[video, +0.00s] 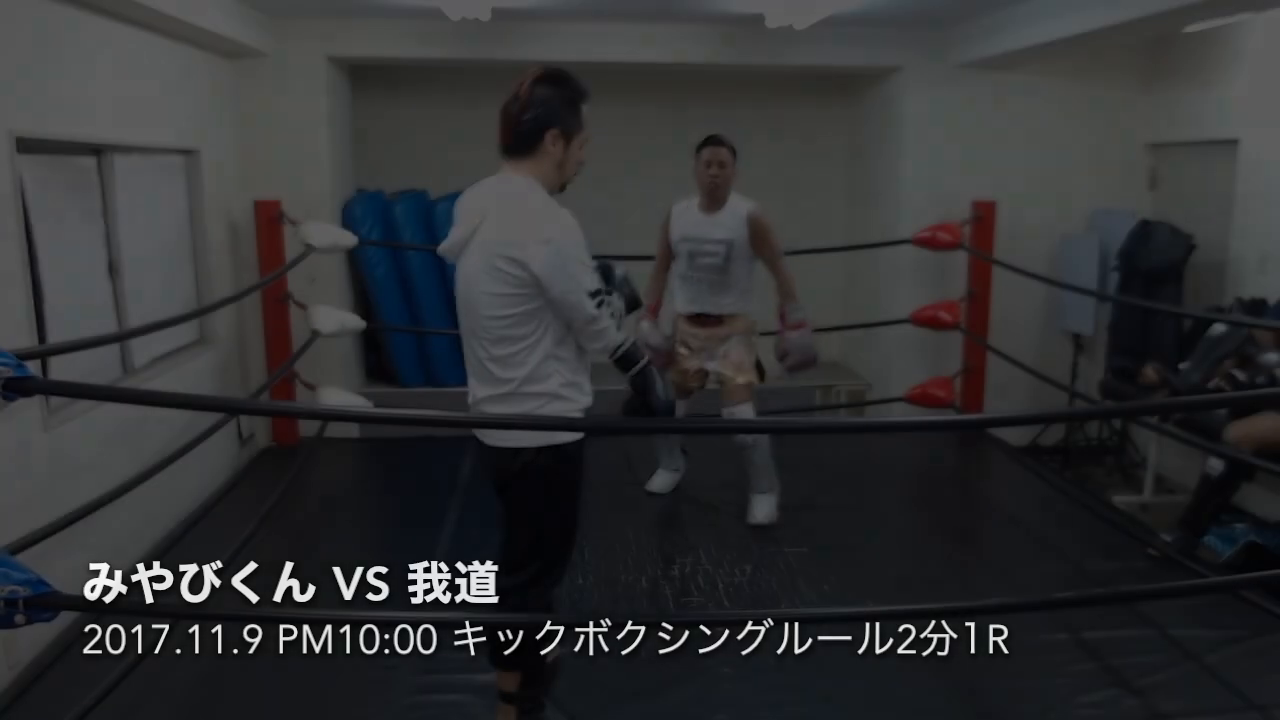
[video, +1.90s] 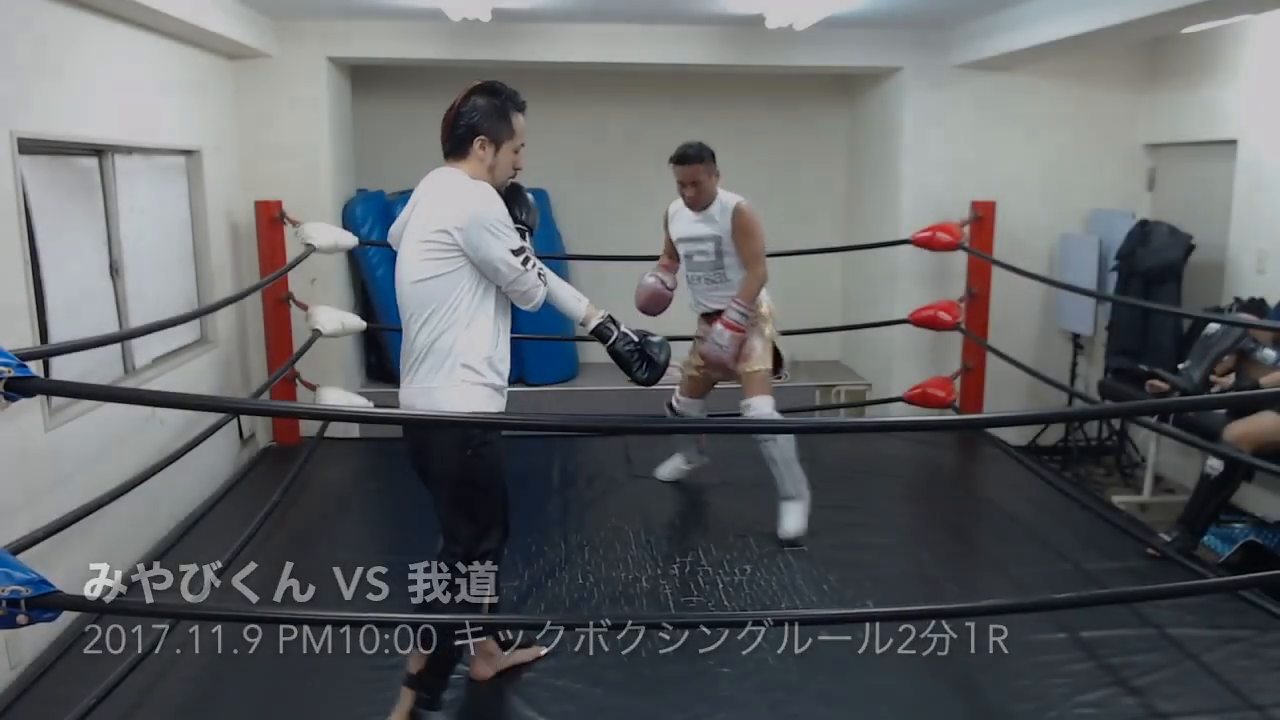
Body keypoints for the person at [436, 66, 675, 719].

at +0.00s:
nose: (584, 155)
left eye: (584, 142)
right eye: (581, 142)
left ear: (524, 135)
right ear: (556, 141)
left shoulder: (478, 202)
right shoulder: (546, 222)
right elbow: (593, 319)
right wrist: (643, 372)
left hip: (496, 415)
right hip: (543, 426)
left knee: (524, 555)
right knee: (541, 564)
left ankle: (516, 674)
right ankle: (518, 697)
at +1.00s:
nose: (560, 160)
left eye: (562, 147)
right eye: (556, 146)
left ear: (497, 141)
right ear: (524, 146)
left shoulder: (463, 199)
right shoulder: (525, 220)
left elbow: (572, 265)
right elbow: (585, 312)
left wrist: (650, 311)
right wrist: (616, 332)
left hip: (484, 418)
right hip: (520, 427)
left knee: (517, 557)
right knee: (519, 575)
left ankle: (521, 656)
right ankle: (512, 706)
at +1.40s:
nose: (543, 159)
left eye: (545, 147)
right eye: (539, 146)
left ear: (485, 142)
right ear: (507, 145)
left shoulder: (448, 195)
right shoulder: (508, 217)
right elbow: (550, 320)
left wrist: (638, 311)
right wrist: (570, 269)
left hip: (463, 405)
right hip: (502, 414)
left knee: (494, 540)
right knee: (514, 560)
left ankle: (487, 657)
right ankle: (514, 701)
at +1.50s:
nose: (541, 162)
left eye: (544, 149)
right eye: (537, 148)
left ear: (485, 142)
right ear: (505, 144)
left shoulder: (445, 195)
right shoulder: (502, 213)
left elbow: (423, 248)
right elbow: (550, 311)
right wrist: (565, 264)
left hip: (453, 405)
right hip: (492, 412)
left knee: (487, 537)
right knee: (512, 555)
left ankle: (487, 654)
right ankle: (512, 703)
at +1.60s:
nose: (539, 166)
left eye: (541, 153)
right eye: (536, 151)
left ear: (486, 144)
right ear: (505, 145)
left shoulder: (451, 194)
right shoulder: (492, 210)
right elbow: (546, 307)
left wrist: (627, 321)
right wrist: (545, 256)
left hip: (448, 408)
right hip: (479, 414)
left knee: (482, 535)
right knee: (505, 554)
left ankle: (489, 650)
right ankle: (512, 697)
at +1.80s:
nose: (529, 166)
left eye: (531, 154)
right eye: (526, 152)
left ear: (480, 143)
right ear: (494, 143)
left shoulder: (442, 193)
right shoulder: (479, 202)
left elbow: (535, 271)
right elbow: (533, 291)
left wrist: (611, 323)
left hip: (440, 406)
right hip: (463, 410)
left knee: (480, 532)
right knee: (479, 545)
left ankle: (489, 647)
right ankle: (457, 682)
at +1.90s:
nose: (518, 161)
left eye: (520, 149)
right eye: (515, 148)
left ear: (464, 142)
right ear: (483, 143)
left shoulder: (430, 195)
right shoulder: (470, 200)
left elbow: (485, 281)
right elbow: (530, 283)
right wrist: (609, 328)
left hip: (437, 403)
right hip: (458, 407)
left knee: (479, 529)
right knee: (469, 542)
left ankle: (484, 648)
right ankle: (417, 685)